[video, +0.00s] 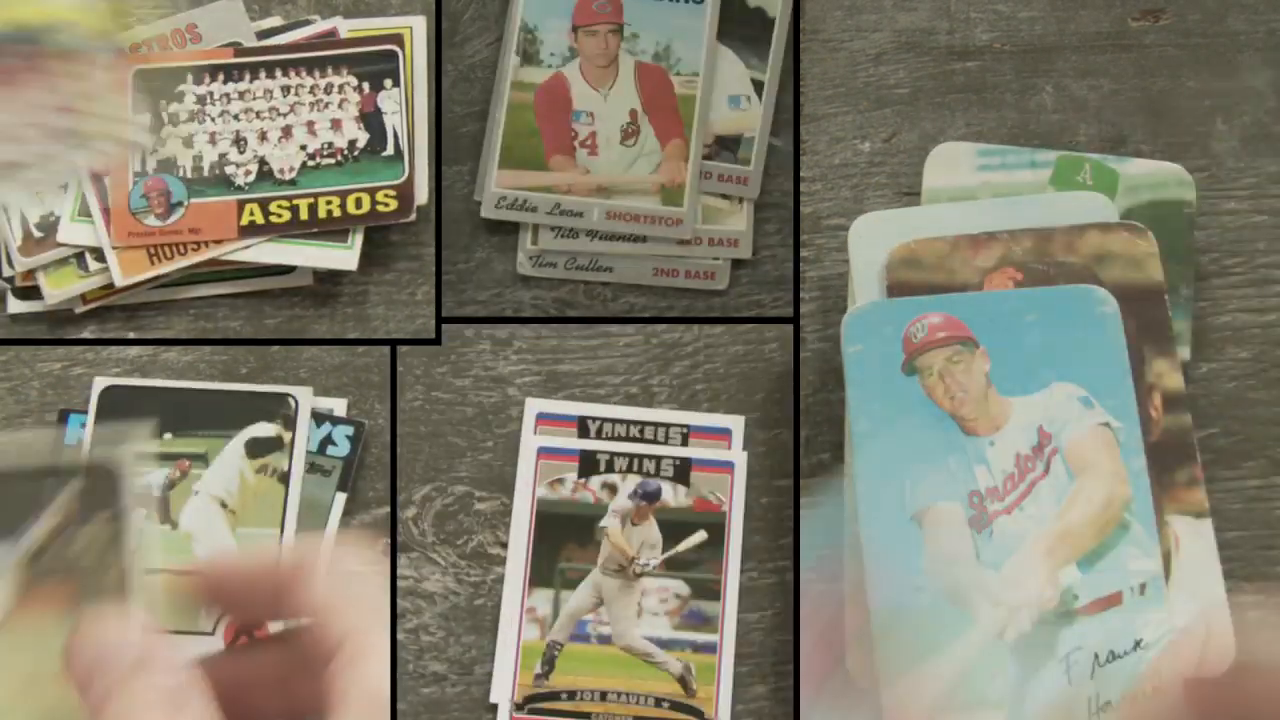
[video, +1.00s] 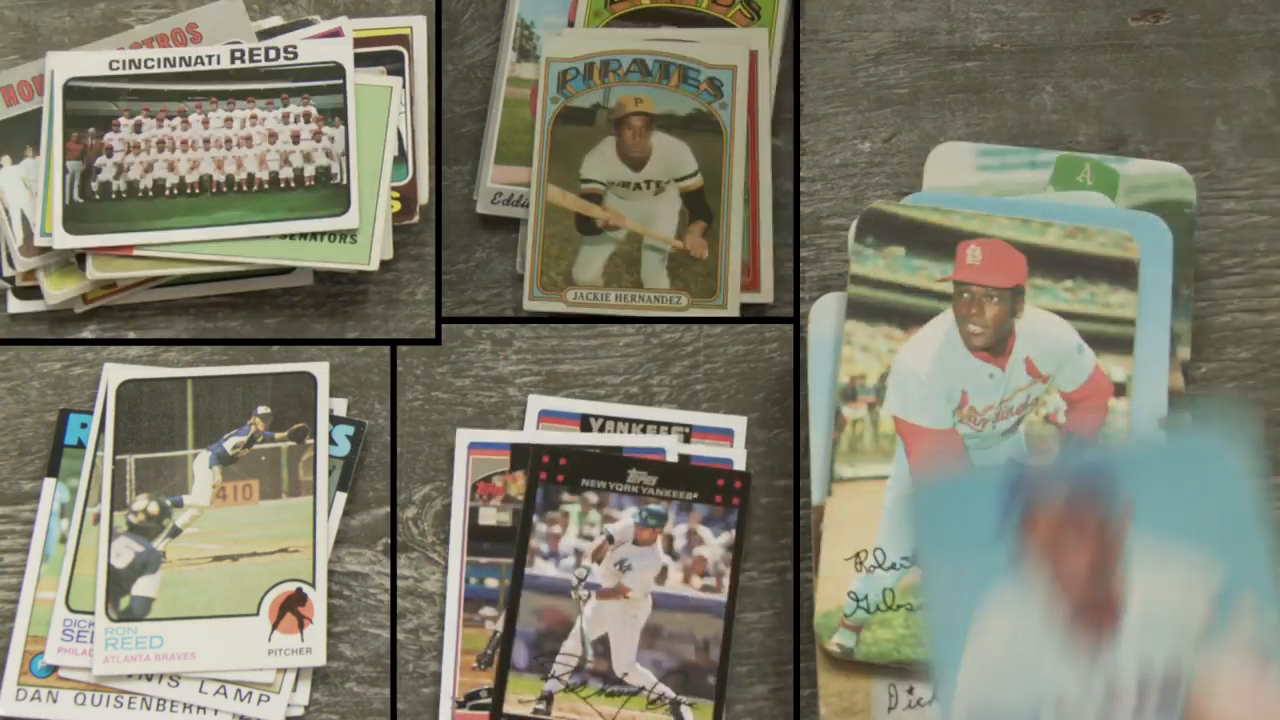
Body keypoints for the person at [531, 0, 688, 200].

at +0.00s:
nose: (603, 44)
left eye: (612, 33)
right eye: (591, 34)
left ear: (621, 36)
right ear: (573, 38)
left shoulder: (652, 78)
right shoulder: (554, 90)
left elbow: (674, 138)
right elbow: (558, 155)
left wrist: (673, 161)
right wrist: (576, 177)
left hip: (641, 198)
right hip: (584, 198)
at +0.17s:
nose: (603, 45)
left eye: (612, 33)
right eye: (592, 34)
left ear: (621, 36)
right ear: (573, 38)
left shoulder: (652, 78)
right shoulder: (553, 91)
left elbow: (674, 138)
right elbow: (558, 155)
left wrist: (673, 162)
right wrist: (575, 177)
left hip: (641, 200)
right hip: (584, 200)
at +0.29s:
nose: (674, 58)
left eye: (678, 53)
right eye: (669, 52)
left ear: (682, 56)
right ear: (658, 51)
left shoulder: (682, 86)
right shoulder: (629, 73)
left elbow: (678, 123)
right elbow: (598, 106)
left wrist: (691, 130)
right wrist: (618, 139)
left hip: (649, 135)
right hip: (620, 133)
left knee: (649, 186)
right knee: (629, 189)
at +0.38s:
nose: (674, 58)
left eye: (679, 53)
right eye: (669, 52)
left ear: (682, 56)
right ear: (658, 51)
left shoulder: (682, 86)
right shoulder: (629, 73)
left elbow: (677, 123)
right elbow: (598, 106)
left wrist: (690, 130)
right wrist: (618, 139)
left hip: (649, 134)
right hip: (620, 133)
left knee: (648, 186)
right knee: (629, 189)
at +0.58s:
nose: (655, 139)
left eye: (666, 128)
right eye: (649, 129)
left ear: (692, 129)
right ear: (644, 133)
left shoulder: (732, 165)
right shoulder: (638, 180)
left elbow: (771, 224)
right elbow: (623, 238)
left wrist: (745, 262)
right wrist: (594, 263)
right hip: (686, 275)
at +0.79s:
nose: (656, 140)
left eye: (666, 128)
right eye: (649, 130)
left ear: (691, 128)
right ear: (643, 133)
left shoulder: (725, 165)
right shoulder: (638, 180)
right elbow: (622, 241)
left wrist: (744, 262)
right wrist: (593, 262)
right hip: (686, 272)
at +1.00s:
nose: (637, 136)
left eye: (645, 129)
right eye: (630, 129)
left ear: (652, 130)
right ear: (616, 131)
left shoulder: (677, 153)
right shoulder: (598, 158)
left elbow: (700, 209)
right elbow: (582, 223)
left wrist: (694, 233)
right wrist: (600, 221)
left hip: (662, 204)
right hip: (616, 202)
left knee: (653, 274)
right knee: (584, 273)